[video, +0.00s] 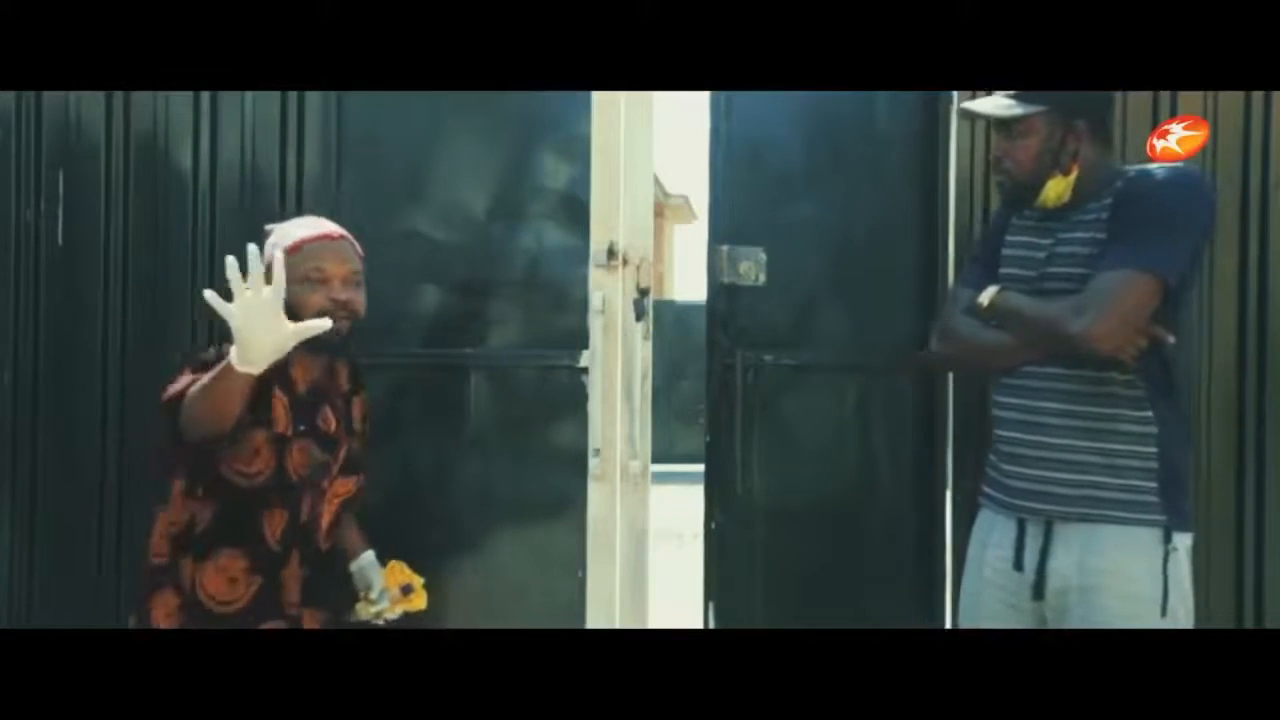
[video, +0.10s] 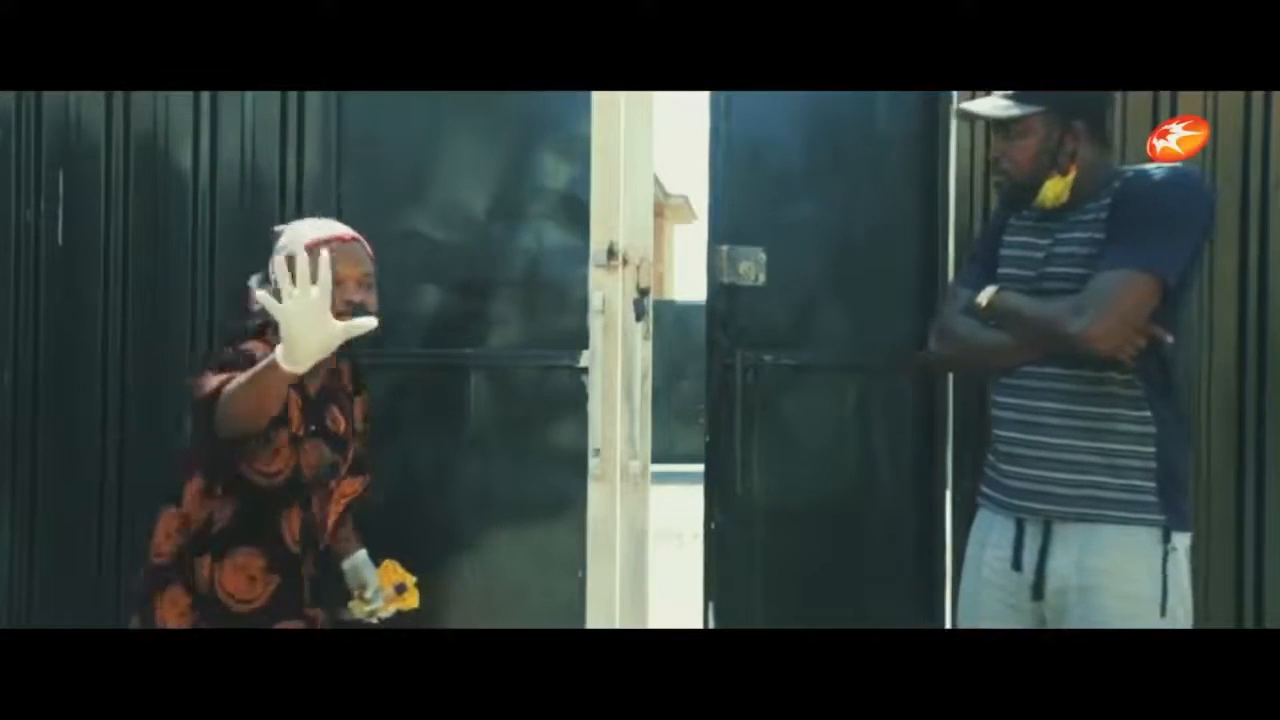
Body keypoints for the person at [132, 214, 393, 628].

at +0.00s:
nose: (340, 296)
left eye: (353, 281)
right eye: (315, 281)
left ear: (366, 292)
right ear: (273, 291)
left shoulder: (344, 382)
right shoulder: (223, 369)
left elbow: (336, 500)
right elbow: (196, 427)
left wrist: (369, 575)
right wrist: (246, 363)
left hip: (300, 603)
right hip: (206, 603)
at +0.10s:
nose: (356, 297)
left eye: (366, 284)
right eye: (338, 285)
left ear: (376, 290)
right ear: (294, 289)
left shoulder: (342, 378)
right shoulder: (242, 364)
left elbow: (333, 492)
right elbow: (228, 420)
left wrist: (360, 571)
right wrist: (289, 362)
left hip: (294, 590)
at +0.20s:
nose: (364, 300)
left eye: (371, 284)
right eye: (339, 286)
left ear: (379, 290)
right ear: (301, 295)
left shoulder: (345, 378)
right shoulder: (250, 359)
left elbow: (329, 495)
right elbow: (254, 416)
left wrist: (356, 572)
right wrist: (328, 361)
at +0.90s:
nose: (378, 291)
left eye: (377, 276)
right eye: (354, 277)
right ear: (298, 291)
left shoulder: (356, 377)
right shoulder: (243, 366)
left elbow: (349, 500)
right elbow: (218, 453)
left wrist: (384, 579)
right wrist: (351, 420)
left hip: (314, 605)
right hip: (218, 606)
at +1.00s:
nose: (385, 285)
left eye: (380, 271)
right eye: (364, 273)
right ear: (309, 286)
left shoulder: (356, 374)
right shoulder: (241, 366)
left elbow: (353, 499)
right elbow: (219, 490)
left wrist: (374, 572)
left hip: (318, 602)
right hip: (225, 603)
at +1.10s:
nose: (389, 285)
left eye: (383, 270)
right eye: (369, 272)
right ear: (316, 286)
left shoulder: (351, 373)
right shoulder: (242, 373)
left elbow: (338, 510)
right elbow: (228, 518)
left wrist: (369, 584)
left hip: (298, 606)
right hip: (220, 607)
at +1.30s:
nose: (388, 276)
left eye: (381, 263)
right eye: (365, 265)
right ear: (314, 281)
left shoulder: (346, 379)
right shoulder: (254, 380)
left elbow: (335, 528)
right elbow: (244, 544)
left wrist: (349, 612)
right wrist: (269, 620)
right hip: (226, 611)